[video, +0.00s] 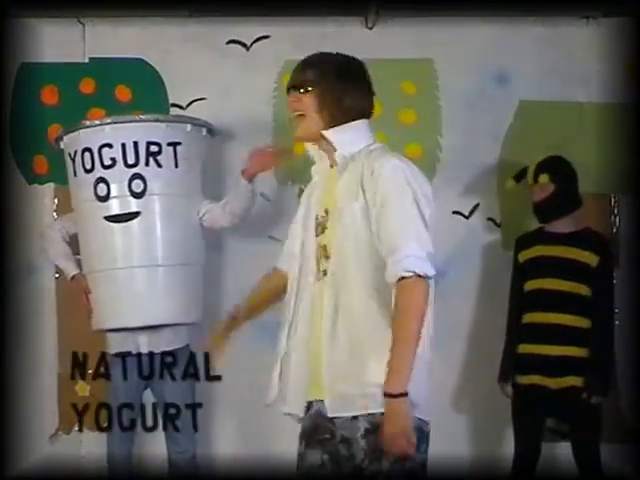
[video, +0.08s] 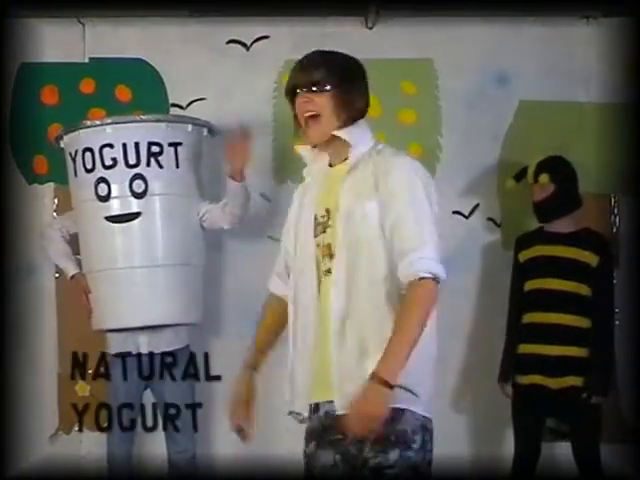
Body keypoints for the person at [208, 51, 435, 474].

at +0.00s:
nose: (292, 102)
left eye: (303, 89)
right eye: (291, 92)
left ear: (340, 95)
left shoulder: (387, 171)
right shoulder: (318, 185)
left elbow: (414, 280)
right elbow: (288, 270)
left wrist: (396, 396)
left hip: (380, 414)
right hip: (322, 410)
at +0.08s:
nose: (303, 102)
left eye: (316, 87)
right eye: (296, 93)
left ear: (351, 95)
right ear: (292, 107)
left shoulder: (397, 172)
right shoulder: (306, 191)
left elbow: (424, 284)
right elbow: (284, 291)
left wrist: (382, 383)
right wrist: (250, 368)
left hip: (391, 410)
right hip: (322, 412)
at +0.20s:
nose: (320, 106)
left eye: (332, 91)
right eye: (307, 96)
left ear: (359, 101)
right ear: (297, 111)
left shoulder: (411, 172)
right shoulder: (294, 196)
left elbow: (442, 276)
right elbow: (290, 305)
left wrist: (421, 364)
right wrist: (288, 391)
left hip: (403, 405)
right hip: (328, 410)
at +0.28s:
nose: (325, 105)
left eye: (338, 91)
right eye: (312, 94)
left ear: (363, 102)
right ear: (299, 107)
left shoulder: (414, 172)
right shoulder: (287, 197)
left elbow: (455, 274)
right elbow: (290, 303)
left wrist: (474, 368)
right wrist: (302, 390)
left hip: (413, 405)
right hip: (336, 409)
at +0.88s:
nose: (366, 108)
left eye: (379, 93)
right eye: (348, 97)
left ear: (397, 103)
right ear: (328, 112)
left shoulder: (442, 174)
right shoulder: (300, 206)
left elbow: (476, 262)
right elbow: (296, 331)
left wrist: (520, 346)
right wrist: (338, 431)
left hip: (429, 422)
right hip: (342, 426)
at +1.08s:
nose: (402, 102)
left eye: (401, 91)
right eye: (386, 91)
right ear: (343, 102)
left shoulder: (410, 167)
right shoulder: (291, 206)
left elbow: (457, 235)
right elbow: (283, 342)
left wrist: (518, 280)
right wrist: (328, 442)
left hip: (411, 417)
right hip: (332, 428)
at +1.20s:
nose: (399, 117)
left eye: (398, 106)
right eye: (393, 107)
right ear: (359, 109)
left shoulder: (378, 163)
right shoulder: (274, 202)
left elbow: (431, 205)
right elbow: (266, 342)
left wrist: (507, 238)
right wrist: (303, 441)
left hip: (395, 406)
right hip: (321, 423)